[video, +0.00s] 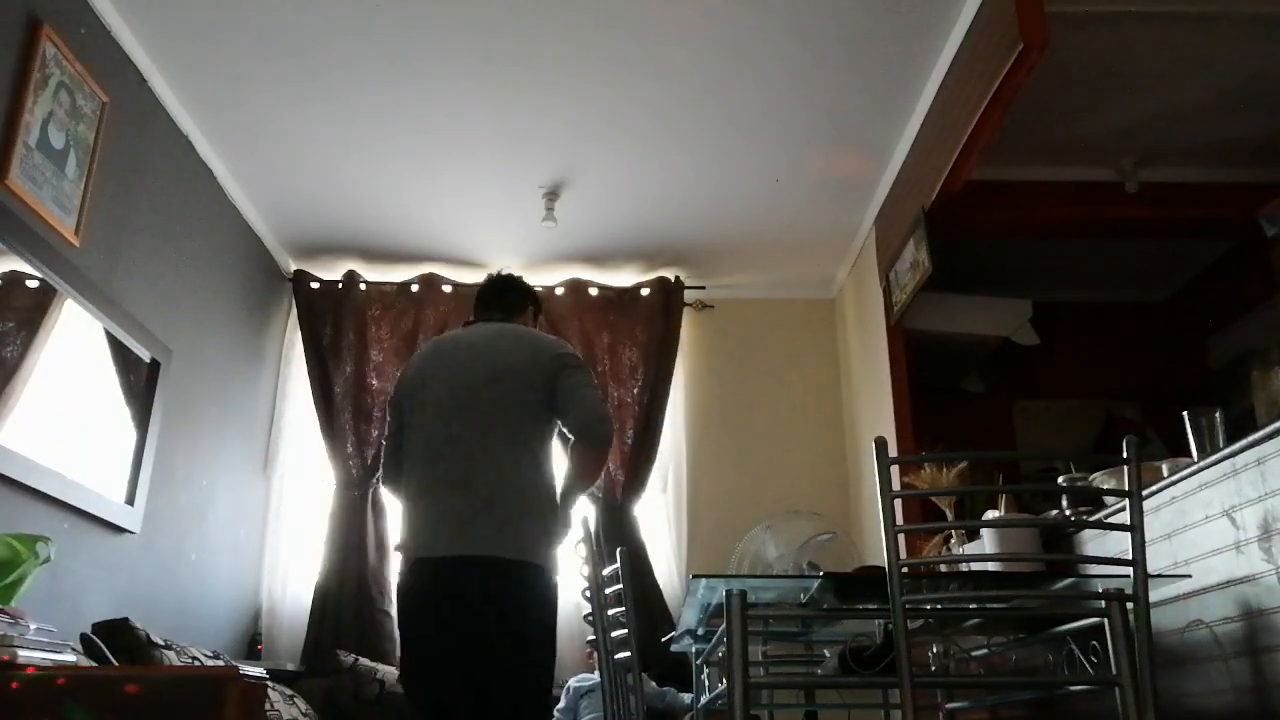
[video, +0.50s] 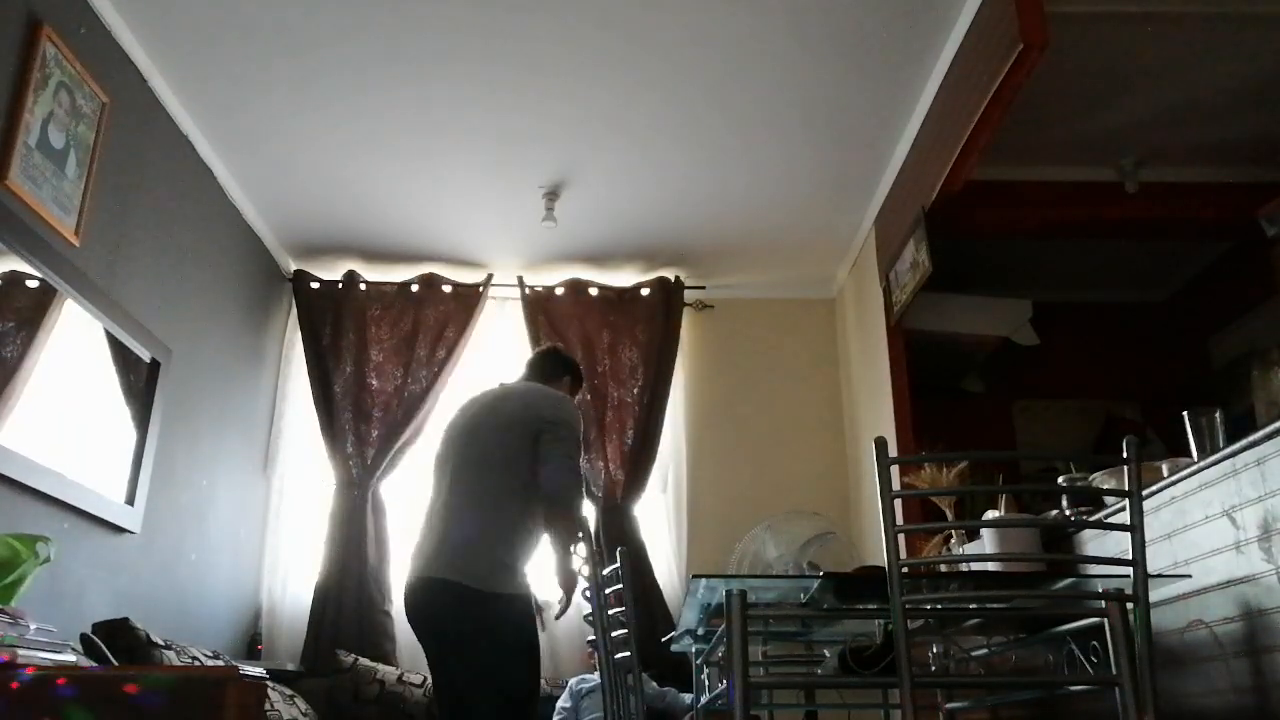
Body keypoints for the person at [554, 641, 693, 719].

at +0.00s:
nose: (603, 654)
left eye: (607, 649)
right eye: (598, 650)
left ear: (616, 652)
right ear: (590, 656)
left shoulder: (636, 680)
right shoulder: (577, 685)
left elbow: (665, 698)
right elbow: (561, 715)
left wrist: (697, 700)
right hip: (593, 715)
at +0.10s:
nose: (609, 655)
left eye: (613, 650)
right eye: (602, 651)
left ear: (622, 652)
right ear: (590, 656)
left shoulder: (635, 679)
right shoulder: (577, 685)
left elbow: (665, 698)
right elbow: (569, 714)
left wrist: (699, 700)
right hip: (592, 716)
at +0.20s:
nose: (604, 655)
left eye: (609, 650)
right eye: (599, 651)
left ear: (618, 652)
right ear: (591, 656)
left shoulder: (636, 679)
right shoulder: (578, 685)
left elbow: (667, 699)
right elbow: (562, 713)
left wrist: (698, 699)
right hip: (593, 714)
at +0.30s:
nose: (600, 654)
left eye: (604, 649)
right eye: (595, 649)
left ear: (616, 652)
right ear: (590, 656)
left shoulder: (636, 680)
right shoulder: (578, 685)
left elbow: (667, 699)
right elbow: (561, 715)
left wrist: (700, 700)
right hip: (593, 715)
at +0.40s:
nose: (603, 655)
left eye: (608, 649)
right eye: (597, 650)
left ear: (618, 652)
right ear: (591, 656)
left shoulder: (636, 680)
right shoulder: (578, 685)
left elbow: (666, 699)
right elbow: (561, 716)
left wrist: (698, 699)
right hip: (593, 715)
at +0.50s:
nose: (602, 655)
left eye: (606, 649)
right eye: (597, 650)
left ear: (617, 651)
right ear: (591, 656)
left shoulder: (636, 680)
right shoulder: (578, 685)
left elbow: (666, 698)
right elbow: (561, 715)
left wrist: (698, 699)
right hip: (593, 715)